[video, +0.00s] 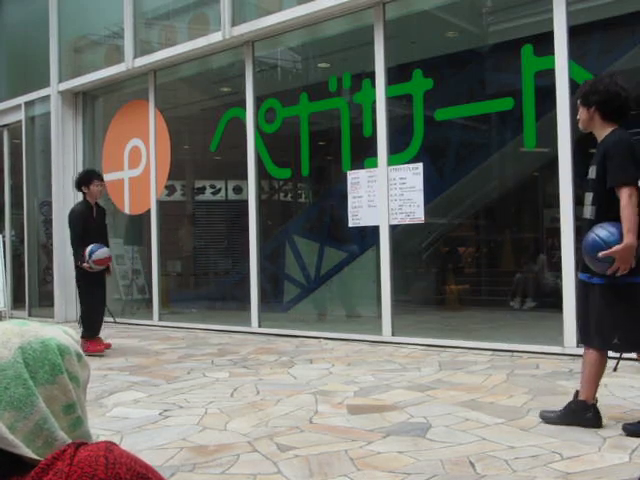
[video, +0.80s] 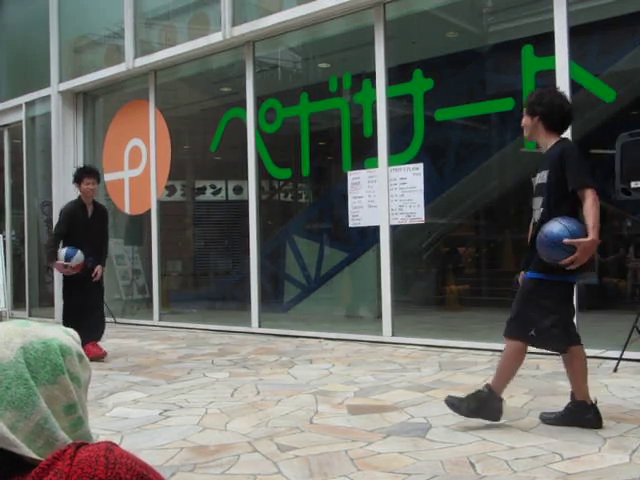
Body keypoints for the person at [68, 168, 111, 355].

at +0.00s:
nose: (101, 189)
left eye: (102, 185)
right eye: (97, 185)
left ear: (101, 187)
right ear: (85, 188)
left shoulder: (100, 211)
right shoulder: (78, 211)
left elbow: (104, 237)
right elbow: (75, 239)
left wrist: (107, 260)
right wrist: (80, 260)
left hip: (99, 262)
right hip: (84, 263)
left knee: (100, 300)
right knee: (89, 300)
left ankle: (94, 336)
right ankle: (87, 338)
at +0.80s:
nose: (90, 188)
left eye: (93, 184)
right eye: (86, 184)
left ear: (97, 187)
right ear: (78, 186)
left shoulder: (101, 211)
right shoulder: (70, 210)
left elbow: (104, 240)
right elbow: (56, 236)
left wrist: (101, 263)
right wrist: (53, 260)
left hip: (93, 266)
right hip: (73, 267)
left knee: (94, 304)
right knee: (74, 305)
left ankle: (91, 341)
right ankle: (75, 343)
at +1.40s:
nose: (107, 186)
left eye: (109, 183)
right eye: (102, 182)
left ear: (113, 185)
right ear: (93, 185)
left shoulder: (118, 210)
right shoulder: (83, 211)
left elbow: (125, 238)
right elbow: (69, 238)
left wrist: (125, 262)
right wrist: (62, 262)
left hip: (110, 266)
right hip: (88, 267)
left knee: (107, 305)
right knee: (89, 306)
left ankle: (91, 342)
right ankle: (103, 345)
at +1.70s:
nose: (127, 186)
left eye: (128, 182)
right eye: (122, 182)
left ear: (130, 184)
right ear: (109, 186)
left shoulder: (130, 208)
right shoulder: (101, 210)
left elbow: (133, 238)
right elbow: (91, 241)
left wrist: (131, 264)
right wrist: (89, 268)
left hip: (125, 263)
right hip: (106, 265)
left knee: (122, 306)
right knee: (113, 307)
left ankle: (96, 339)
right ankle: (123, 349)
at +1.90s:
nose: (141, 187)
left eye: (142, 183)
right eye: (137, 183)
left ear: (142, 184)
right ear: (124, 184)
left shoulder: (138, 207)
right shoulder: (113, 208)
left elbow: (143, 238)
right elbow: (109, 241)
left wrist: (144, 266)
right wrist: (117, 268)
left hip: (133, 266)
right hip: (114, 266)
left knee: (143, 300)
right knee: (119, 305)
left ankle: (124, 337)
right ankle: (122, 349)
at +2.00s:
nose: (148, 185)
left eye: (149, 181)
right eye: (144, 181)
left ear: (150, 183)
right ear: (131, 184)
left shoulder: (143, 208)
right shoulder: (119, 208)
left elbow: (146, 239)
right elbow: (119, 241)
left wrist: (150, 265)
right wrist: (129, 267)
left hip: (138, 264)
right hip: (118, 266)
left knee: (144, 303)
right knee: (122, 307)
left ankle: (146, 341)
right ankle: (124, 350)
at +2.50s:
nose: (165, 185)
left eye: (167, 182)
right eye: (161, 181)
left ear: (168, 184)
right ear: (148, 182)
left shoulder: (163, 208)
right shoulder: (137, 206)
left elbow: (164, 238)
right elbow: (132, 238)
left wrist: (175, 253)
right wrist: (148, 253)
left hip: (156, 260)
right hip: (137, 261)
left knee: (160, 300)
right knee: (143, 301)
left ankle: (160, 340)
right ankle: (143, 343)